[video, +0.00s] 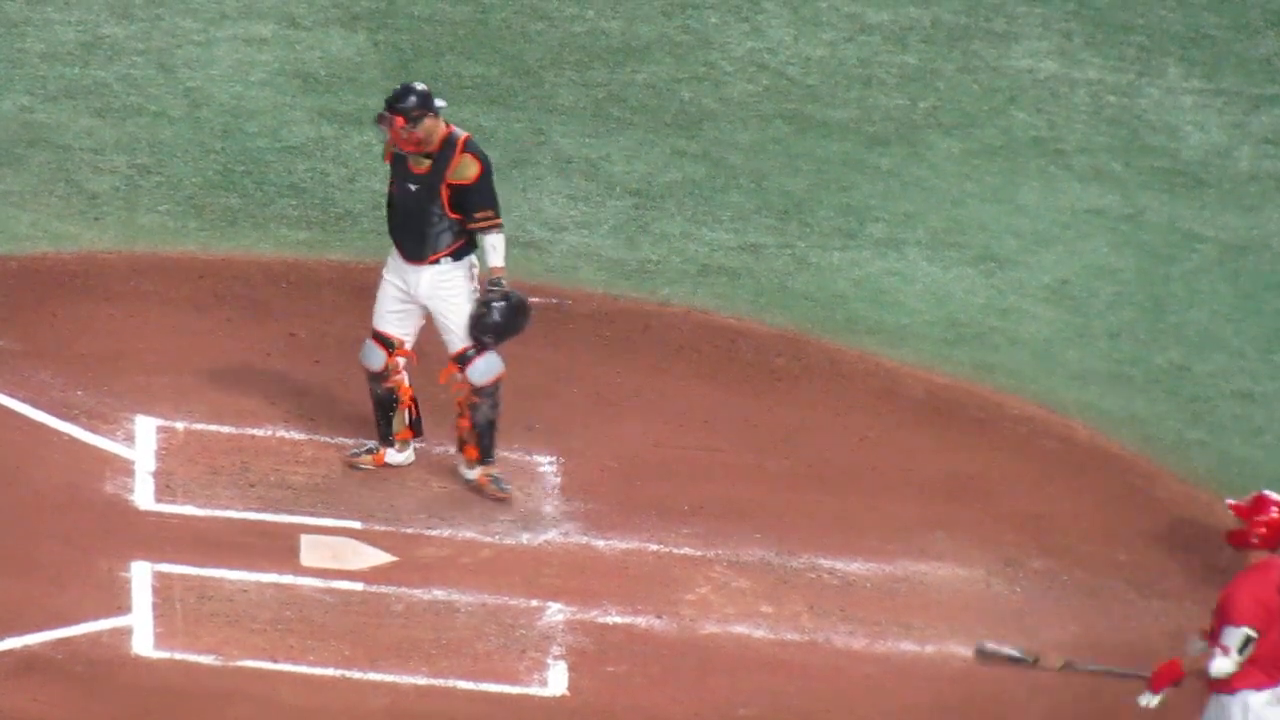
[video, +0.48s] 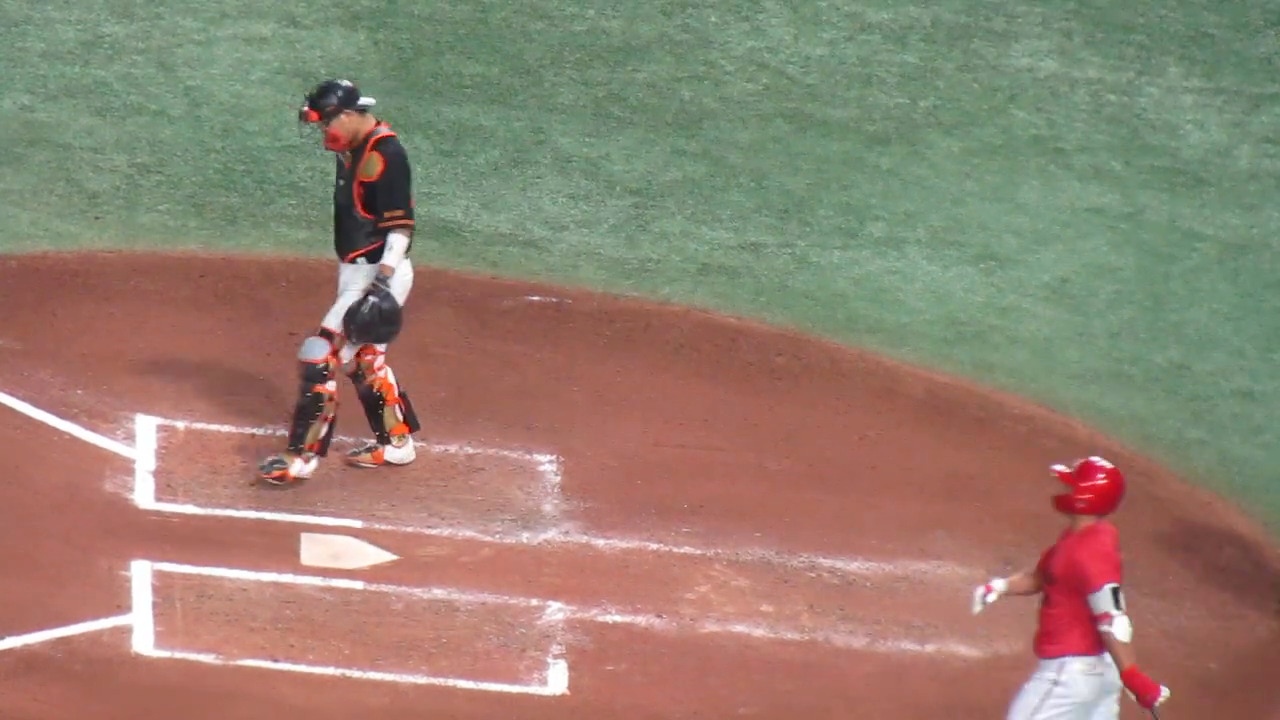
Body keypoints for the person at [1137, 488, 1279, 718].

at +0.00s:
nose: (1236, 528)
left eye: (1243, 523)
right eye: (1240, 522)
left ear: (1257, 532)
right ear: (1269, 534)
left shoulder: (1249, 585)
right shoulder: (1273, 574)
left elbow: (1224, 661)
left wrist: (1177, 669)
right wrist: (1216, 638)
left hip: (1243, 702)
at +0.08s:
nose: (1209, 518)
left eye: (1215, 513)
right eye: (1213, 511)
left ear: (1230, 521)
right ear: (1244, 523)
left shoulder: (1221, 573)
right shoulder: (1254, 560)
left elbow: (1203, 655)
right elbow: (1212, 616)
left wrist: (1157, 674)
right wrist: (1165, 627)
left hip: (1215, 691)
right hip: (1244, 685)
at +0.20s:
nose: (1169, 500)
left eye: (1176, 495)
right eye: (1173, 493)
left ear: (1192, 503)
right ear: (1202, 504)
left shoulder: (1189, 556)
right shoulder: (1205, 538)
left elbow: (1172, 635)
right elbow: (1162, 599)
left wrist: (1140, 669)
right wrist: (1114, 598)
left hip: (1181, 673)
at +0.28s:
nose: (1143, 492)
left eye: (1150, 488)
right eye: (1147, 486)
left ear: (1166, 494)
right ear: (1174, 496)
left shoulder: (1166, 548)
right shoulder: (1174, 530)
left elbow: (1155, 622)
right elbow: (1126, 584)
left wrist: (1138, 670)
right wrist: (1080, 583)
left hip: (1149, 664)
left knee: (1095, 714)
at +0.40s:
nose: (1096, 487)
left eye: (1103, 483)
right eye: (1099, 481)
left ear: (1118, 491)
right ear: (1126, 493)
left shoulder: (1124, 542)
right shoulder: (1109, 531)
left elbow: (1129, 621)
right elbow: (1070, 571)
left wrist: (1135, 676)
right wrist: (1031, 576)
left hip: (1101, 664)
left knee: (1062, 714)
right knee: (1132, 713)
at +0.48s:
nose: (1065, 493)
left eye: (1071, 489)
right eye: (1068, 487)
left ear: (1084, 496)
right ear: (1096, 499)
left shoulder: (1091, 545)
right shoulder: (1075, 535)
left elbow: (1110, 620)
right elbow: (1039, 578)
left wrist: (1131, 674)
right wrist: (1001, 587)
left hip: (1067, 673)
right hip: (1099, 670)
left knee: (1023, 715)